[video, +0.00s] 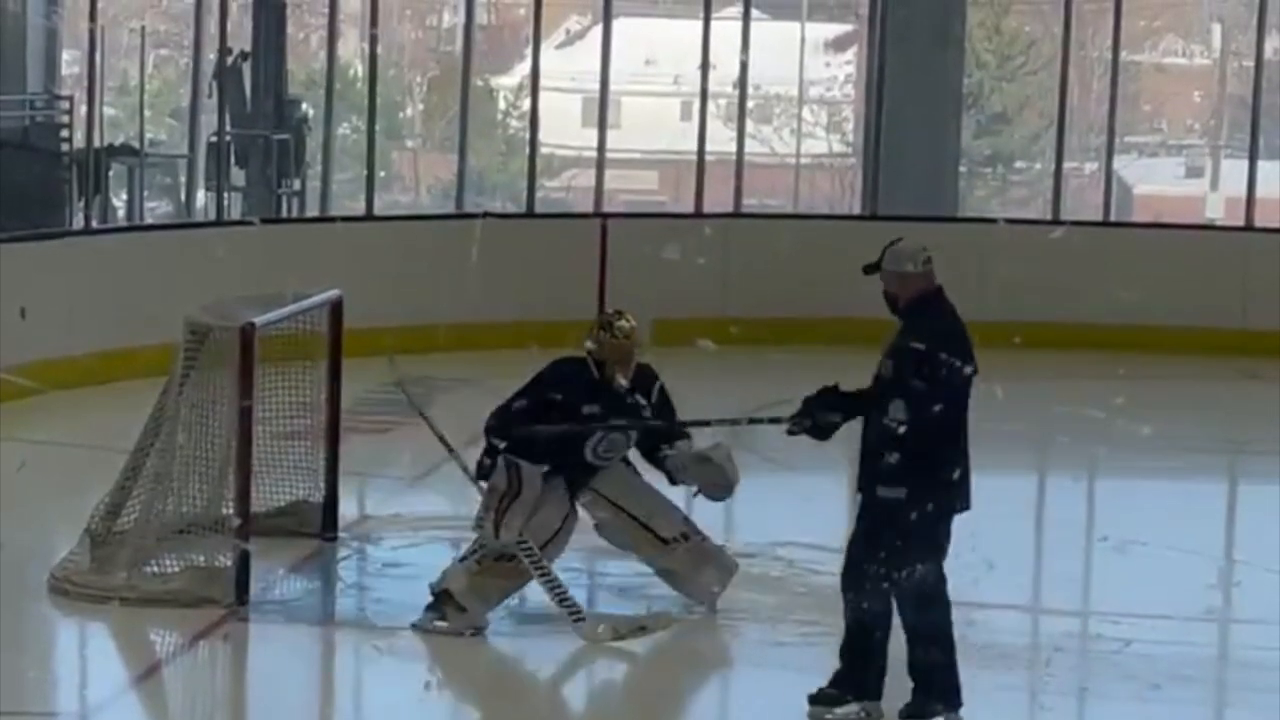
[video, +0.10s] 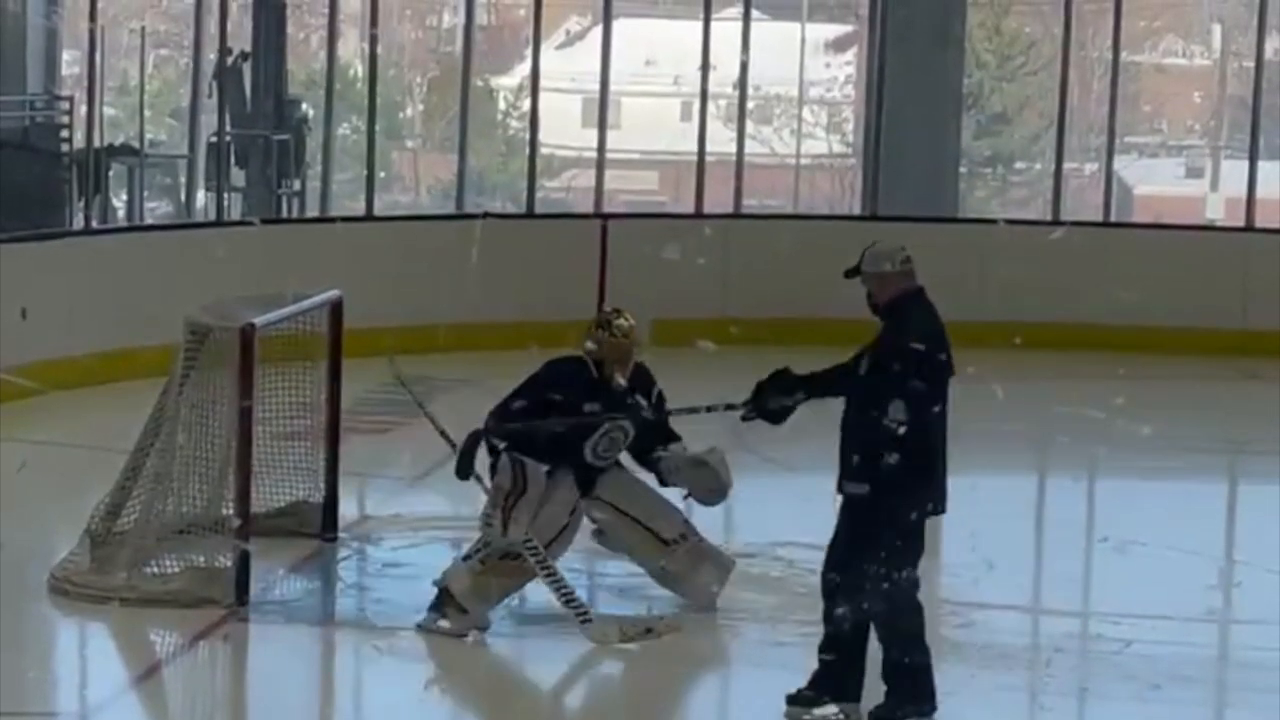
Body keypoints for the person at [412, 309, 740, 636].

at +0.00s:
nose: (621, 369)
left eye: (627, 359)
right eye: (613, 361)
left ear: (635, 352)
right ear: (596, 353)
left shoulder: (644, 382)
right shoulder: (565, 377)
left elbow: (661, 438)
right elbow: (502, 423)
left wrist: (687, 465)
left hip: (598, 469)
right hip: (537, 467)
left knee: (653, 519)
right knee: (530, 538)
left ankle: (713, 582)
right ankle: (452, 610)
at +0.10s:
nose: (620, 360)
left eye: (626, 351)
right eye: (613, 351)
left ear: (634, 349)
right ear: (595, 346)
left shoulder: (639, 381)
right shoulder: (563, 375)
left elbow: (654, 442)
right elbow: (500, 423)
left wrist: (680, 467)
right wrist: (569, 441)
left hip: (597, 473)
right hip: (540, 468)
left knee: (662, 526)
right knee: (528, 541)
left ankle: (704, 589)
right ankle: (451, 613)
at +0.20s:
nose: (607, 350)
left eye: (613, 341)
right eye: (598, 340)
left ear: (623, 345)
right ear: (583, 343)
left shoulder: (627, 385)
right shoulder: (554, 375)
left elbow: (635, 438)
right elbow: (499, 422)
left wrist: (667, 463)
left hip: (585, 471)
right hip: (531, 467)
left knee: (644, 513)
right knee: (535, 533)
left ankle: (693, 583)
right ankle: (461, 604)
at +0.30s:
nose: (593, 352)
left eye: (601, 342)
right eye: (585, 342)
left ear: (611, 344)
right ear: (570, 344)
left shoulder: (615, 384)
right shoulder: (548, 376)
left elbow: (626, 435)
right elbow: (498, 423)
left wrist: (656, 459)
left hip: (573, 470)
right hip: (523, 467)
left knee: (632, 513)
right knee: (533, 536)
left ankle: (674, 580)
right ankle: (465, 600)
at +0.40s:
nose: (584, 365)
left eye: (591, 355)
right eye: (576, 356)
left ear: (600, 351)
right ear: (562, 352)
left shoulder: (609, 383)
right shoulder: (539, 378)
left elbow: (626, 436)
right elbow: (489, 427)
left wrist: (656, 459)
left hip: (581, 470)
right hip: (528, 473)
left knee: (630, 504)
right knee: (520, 550)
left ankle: (645, 591)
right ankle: (446, 604)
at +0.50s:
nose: (568, 347)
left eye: (577, 339)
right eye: (561, 339)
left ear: (589, 344)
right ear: (549, 343)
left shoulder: (604, 381)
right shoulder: (527, 380)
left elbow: (631, 433)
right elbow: (473, 427)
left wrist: (669, 455)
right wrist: (481, 468)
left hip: (581, 475)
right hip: (525, 476)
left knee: (627, 517)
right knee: (520, 548)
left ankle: (639, 594)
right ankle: (428, 602)